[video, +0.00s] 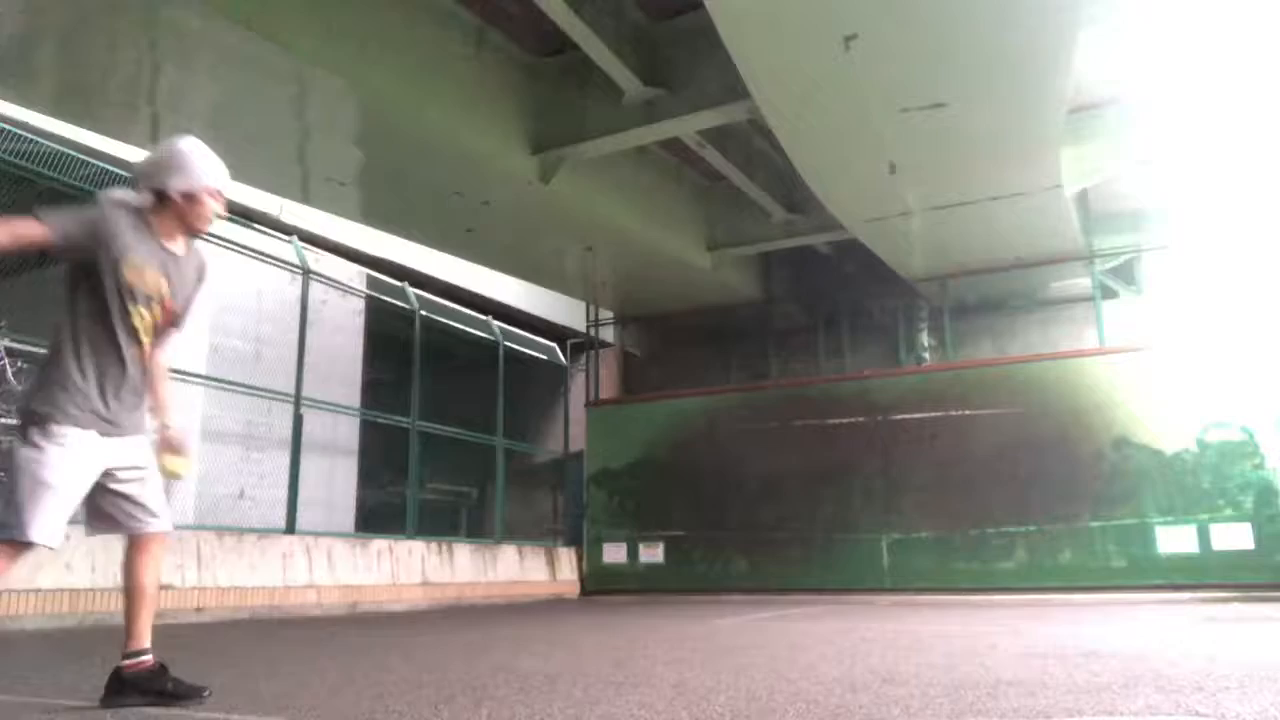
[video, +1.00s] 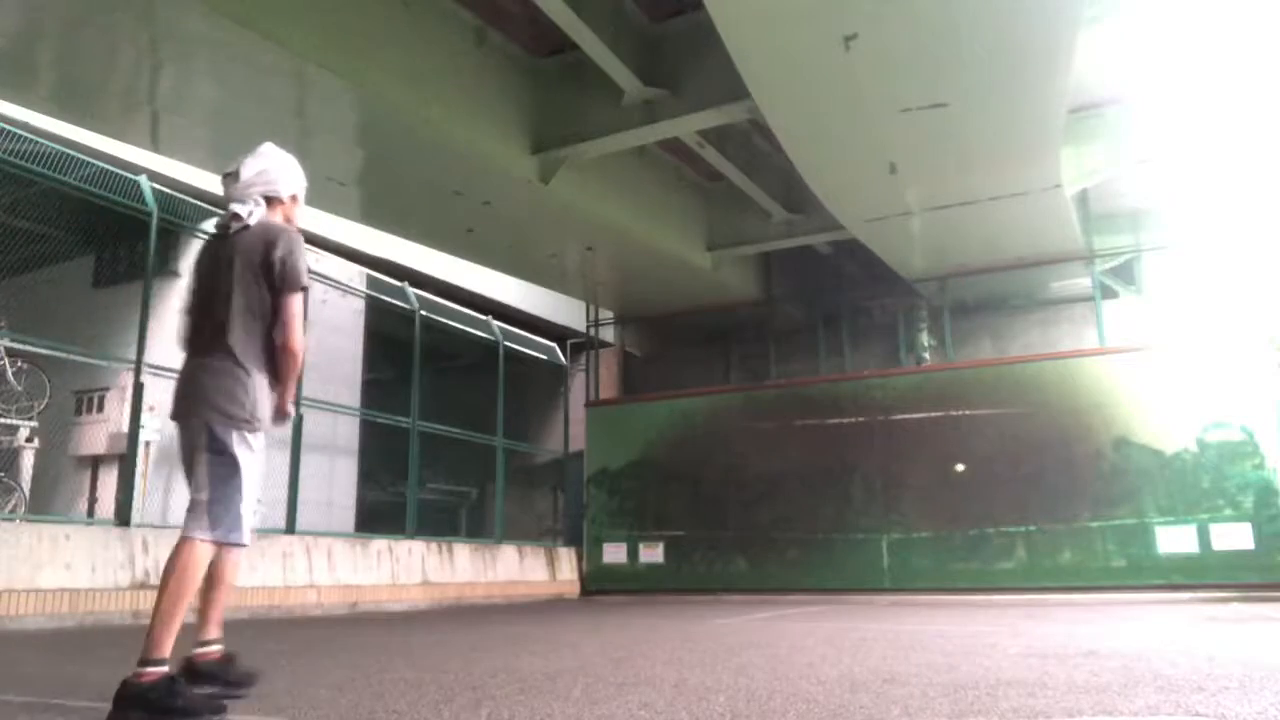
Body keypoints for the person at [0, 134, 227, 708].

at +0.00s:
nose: (220, 205)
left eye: (220, 194)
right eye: (210, 194)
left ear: (198, 198)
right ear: (175, 194)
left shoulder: (194, 264)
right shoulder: (111, 222)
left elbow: (154, 349)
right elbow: (23, 230)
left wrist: (165, 424)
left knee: (152, 531)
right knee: (18, 541)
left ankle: (137, 665)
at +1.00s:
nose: (301, 212)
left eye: (302, 202)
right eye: (300, 202)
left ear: (246, 197)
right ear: (282, 199)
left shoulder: (214, 246)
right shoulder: (282, 241)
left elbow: (196, 330)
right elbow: (290, 339)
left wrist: (230, 371)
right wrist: (285, 394)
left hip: (199, 392)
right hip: (235, 397)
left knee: (230, 529)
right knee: (203, 529)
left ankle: (208, 652)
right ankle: (149, 671)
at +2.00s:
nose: (469, 290)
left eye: (470, 281)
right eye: (467, 281)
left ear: (434, 278)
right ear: (447, 279)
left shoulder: (405, 313)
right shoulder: (423, 317)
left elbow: (416, 386)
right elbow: (398, 379)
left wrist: (451, 429)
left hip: (357, 435)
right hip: (391, 436)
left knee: (367, 543)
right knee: (426, 536)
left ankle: (311, 643)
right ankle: (421, 652)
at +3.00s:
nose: (408, 291)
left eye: (405, 285)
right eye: (406, 285)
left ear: (361, 284)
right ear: (394, 286)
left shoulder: (338, 323)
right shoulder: (405, 318)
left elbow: (319, 393)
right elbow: (406, 394)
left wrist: (341, 432)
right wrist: (395, 446)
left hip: (327, 444)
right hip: (369, 446)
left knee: (341, 543)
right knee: (359, 546)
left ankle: (316, 642)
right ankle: (317, 642)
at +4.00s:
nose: (577, 311)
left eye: (577, 303)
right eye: (573, 303)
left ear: (546, 303)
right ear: (555, 304)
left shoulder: (539, 346)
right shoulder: (530, 338)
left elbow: (550, 401)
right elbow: (495, 386)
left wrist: (590, 442)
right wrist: (479, 416)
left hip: (478, 447)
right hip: (495, 447)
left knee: (479, 551)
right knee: (552, 543)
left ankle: (402, 634)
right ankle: (506, 647)